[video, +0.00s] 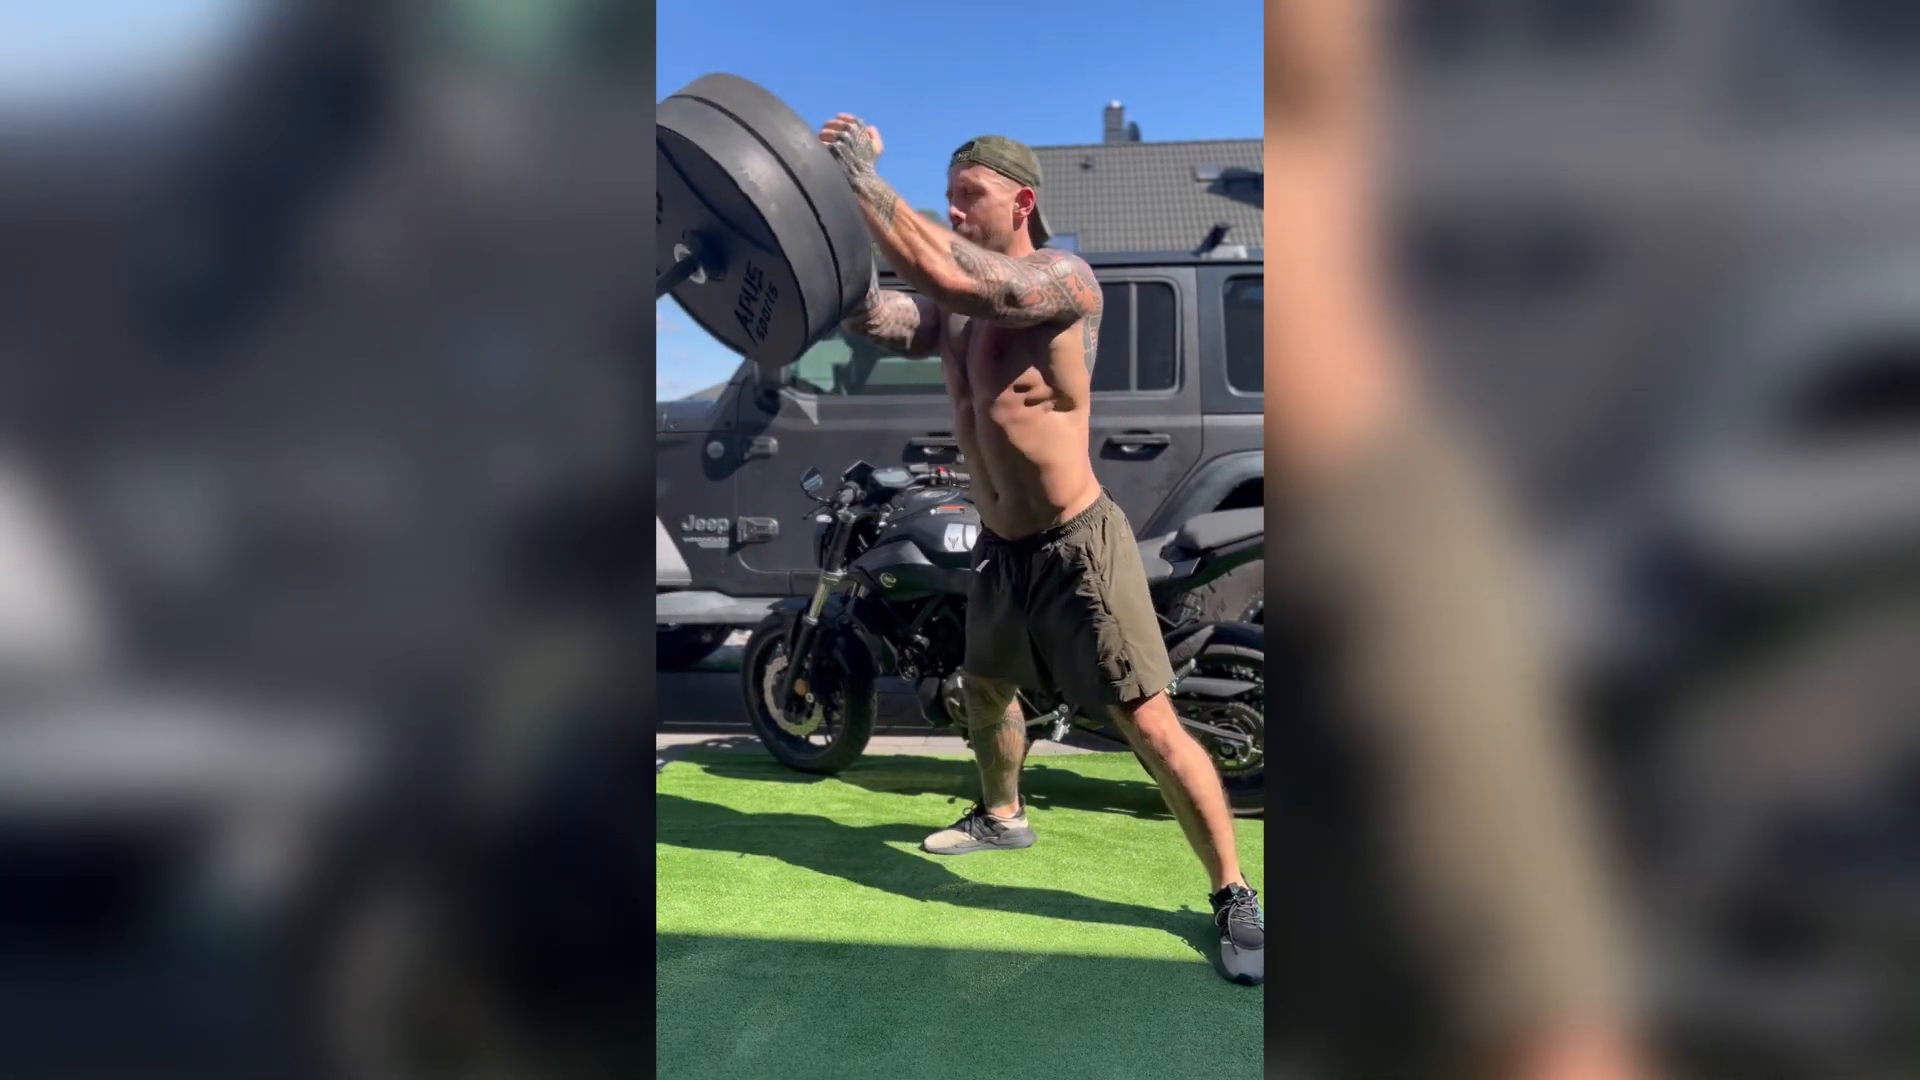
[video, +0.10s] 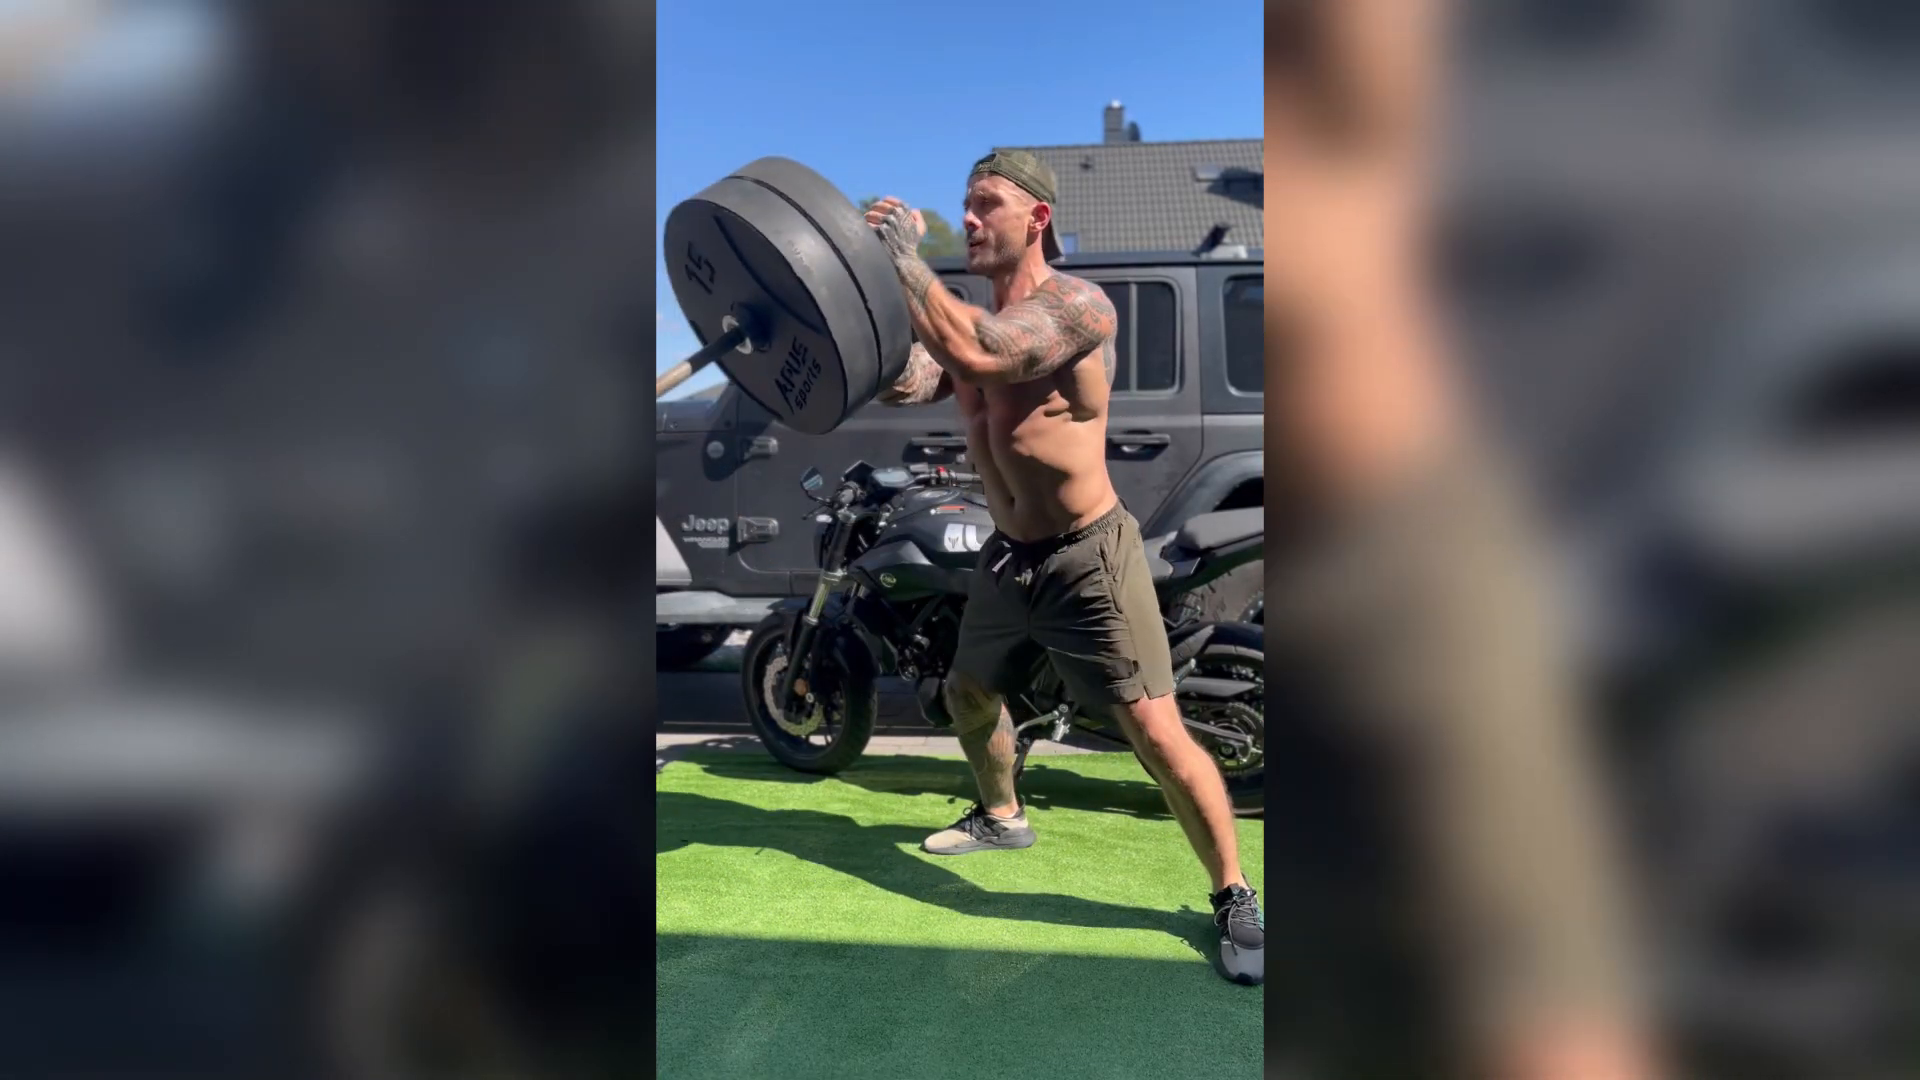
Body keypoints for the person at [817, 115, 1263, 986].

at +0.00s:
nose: (952, 212)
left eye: (968, 198)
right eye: (948, 199)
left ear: (1022, 204)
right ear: (954, 205)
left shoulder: (1067, 277)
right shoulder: (949, 297)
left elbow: (958, 277)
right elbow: (873, 317)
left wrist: (861, 178)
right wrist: (813, 236)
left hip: (1079, 541)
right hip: (1000, 549)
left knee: (1149, 724)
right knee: (988, 693)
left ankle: (1234, 893)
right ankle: (1001, 818)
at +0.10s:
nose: (969, 219)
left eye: (987, 206)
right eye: (966, 207)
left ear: (1038, 217)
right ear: (969, 225)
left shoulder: (1080, 303)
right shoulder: (964, 320)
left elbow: (982, 351)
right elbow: (905, 381)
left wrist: (907, 261)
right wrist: (851, 297)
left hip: (1092, 547)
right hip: (1007, 552)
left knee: (1152, 727)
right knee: (969, 697)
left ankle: (1234, 896)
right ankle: (1002, 817)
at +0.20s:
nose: (972, 263)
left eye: (990, 249)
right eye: (972, 250)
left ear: (1042, 261)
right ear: (981, 268)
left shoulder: (1088, 350)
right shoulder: (988, 359)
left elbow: (1004, 439)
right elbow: (937, 450)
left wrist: (944, 345)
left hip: (1113, 570)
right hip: (1030, 575)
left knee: (1162, 739)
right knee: (954, 694)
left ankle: (1235, 898)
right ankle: (1002, 818)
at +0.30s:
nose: (983, 320)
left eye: (1000, 307)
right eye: (982, 307)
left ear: (1048, 319)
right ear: (985, 318)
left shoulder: (1099, 405)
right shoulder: (988, 404)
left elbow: (1034, 513)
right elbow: (954, 522)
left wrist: (973, 425)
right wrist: (927, 432)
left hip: (1130, 600)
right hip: (1046, 602)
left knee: (1165, 744)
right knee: (947, 696)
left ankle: (1237, 899)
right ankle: (999, 816)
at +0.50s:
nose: (995, 423)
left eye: (1012, 411)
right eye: (992, 411)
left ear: (1058, 424)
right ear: (988, 421)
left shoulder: (1116, 506)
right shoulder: (998, 499)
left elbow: (1070, 634)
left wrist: (1012, 543)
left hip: (1151, 656)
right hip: (1060, 657)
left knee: (1165, 750)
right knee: (947, 698)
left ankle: (1237, 901)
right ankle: (1000, 820)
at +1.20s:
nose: (981, 316)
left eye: (1001, 306)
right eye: (983, 305)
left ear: (1050, 327)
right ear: (985, 323)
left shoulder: (1104, 418)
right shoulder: (984, 409)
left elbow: (1049, 535)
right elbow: (946, 491)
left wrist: (990, 447)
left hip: (1129, 596)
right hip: (1041, 596)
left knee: (1162, 738)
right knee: (943, 692)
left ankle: (1238, 899)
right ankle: (1000, 816)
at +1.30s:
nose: (988, 247)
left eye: (1008, 236)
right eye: (988, 236)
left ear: (1057, 260)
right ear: (990, 259)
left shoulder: (1103, 358)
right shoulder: (985, 351)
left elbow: (1033, 454)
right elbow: (949, 460)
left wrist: (965, 368)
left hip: (1108, 569)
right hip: (1024, 571)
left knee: (1162, 740)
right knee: (947, 692)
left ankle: (1238, 899)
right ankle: (1001, 816)